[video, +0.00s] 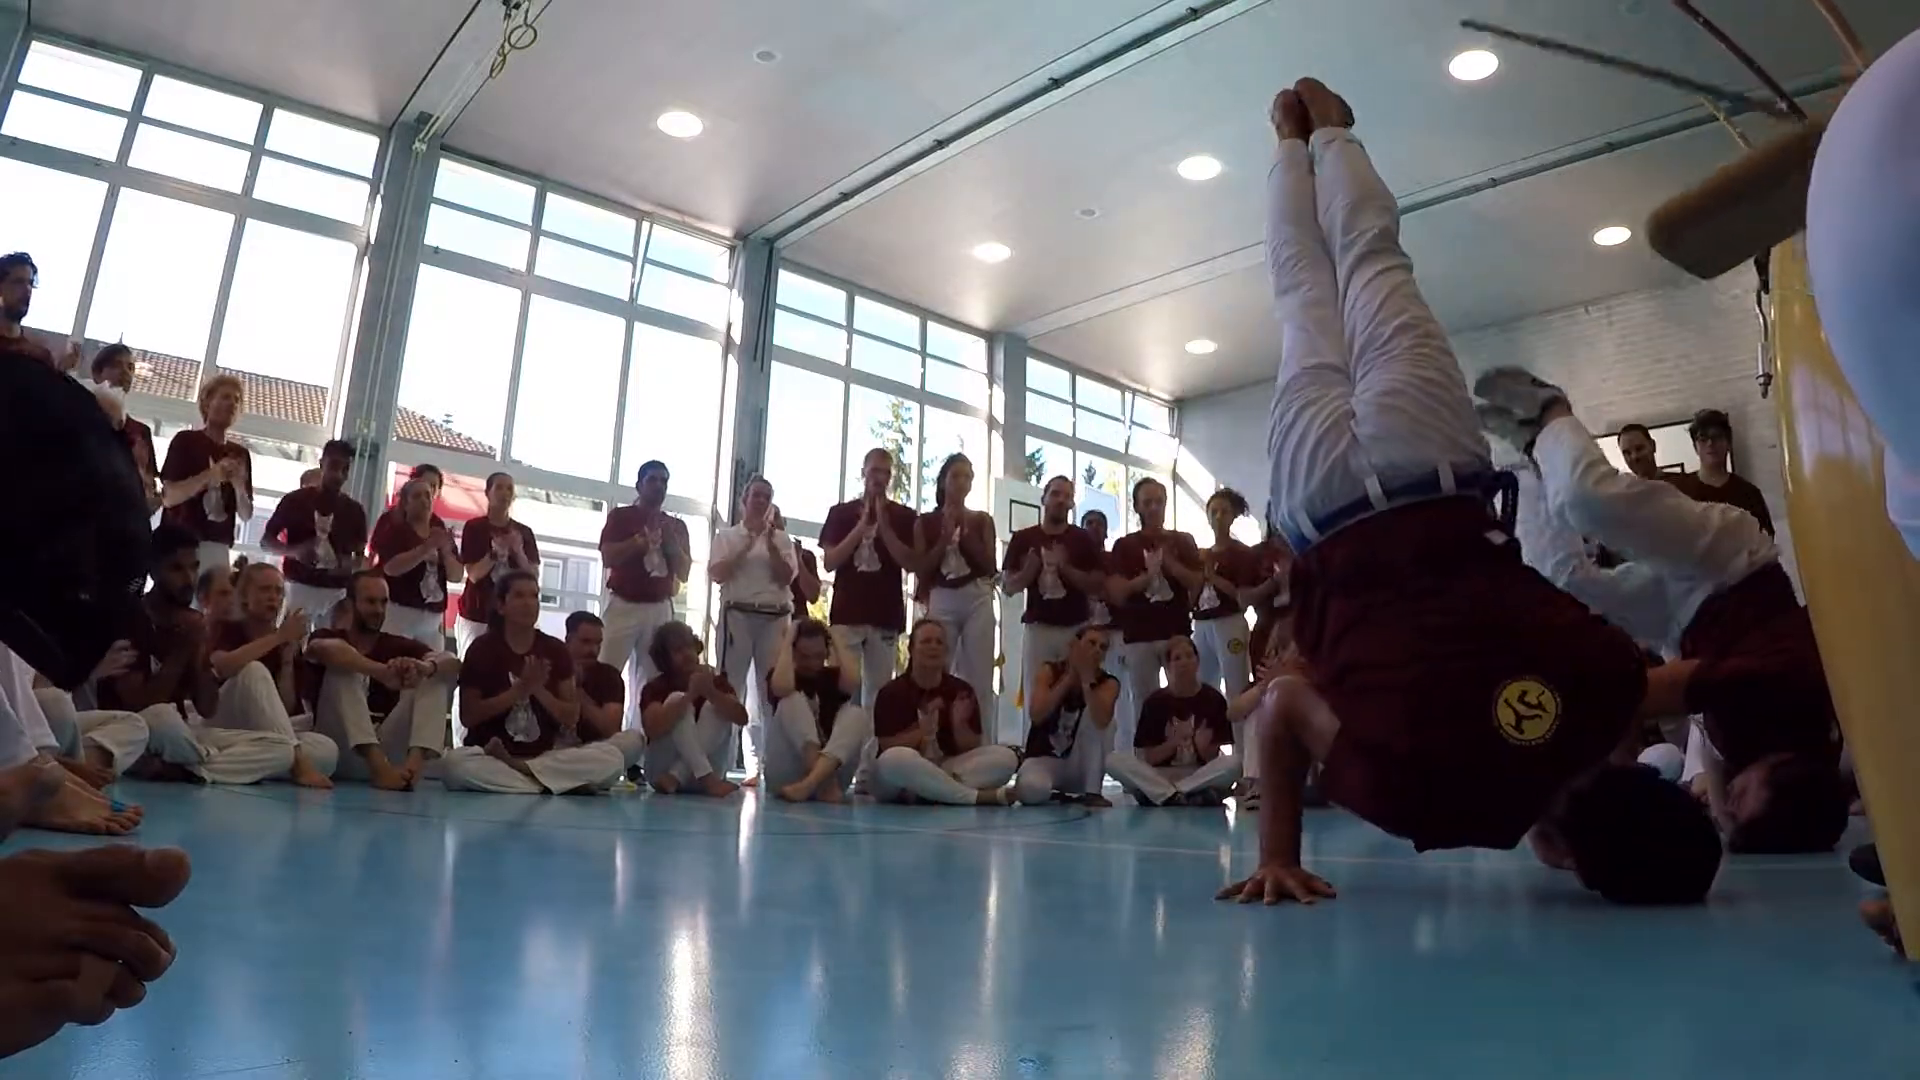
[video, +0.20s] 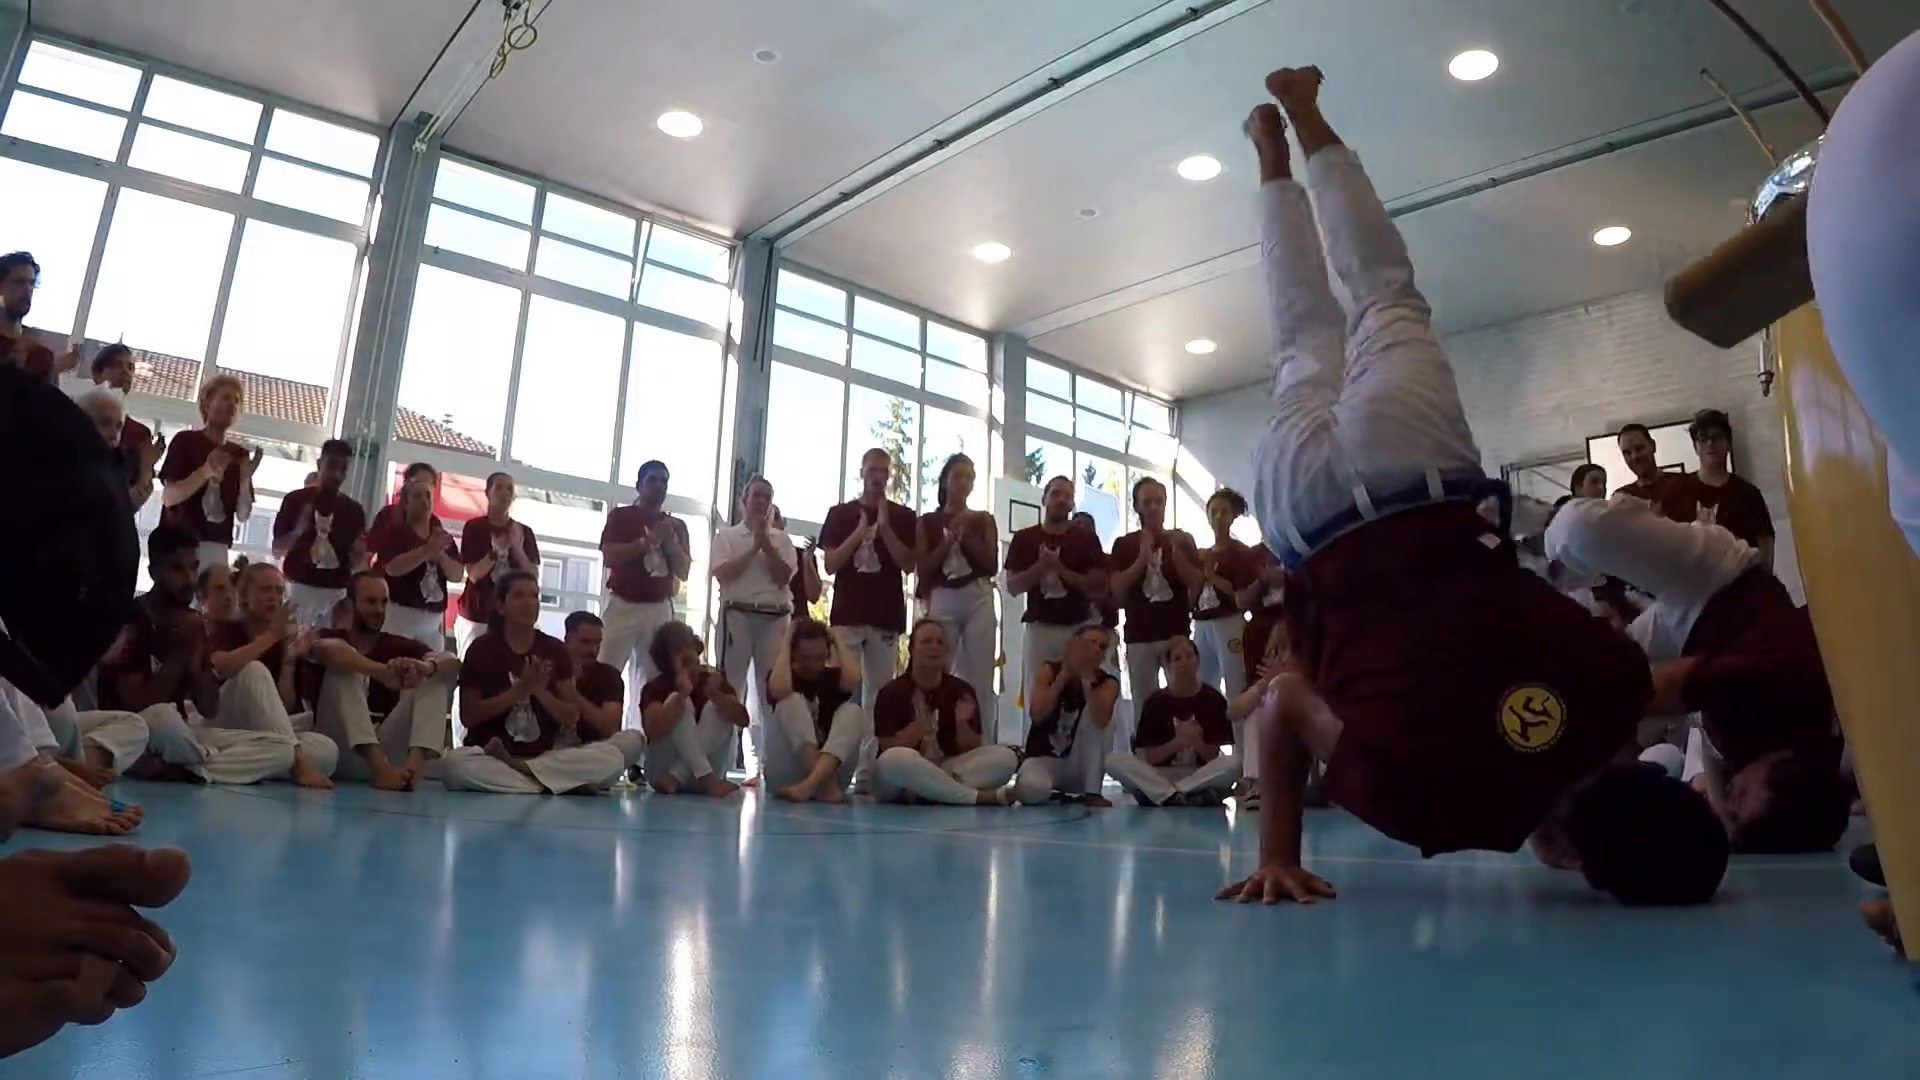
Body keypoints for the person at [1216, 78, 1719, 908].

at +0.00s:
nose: (1550, 876)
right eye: (1570, 875)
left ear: (1651, 796)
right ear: (1564, 854)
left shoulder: (1614, 694)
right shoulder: (1425, 794)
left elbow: (1690, 682)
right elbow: (1282, 699)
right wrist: (1277, 858)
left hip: (1453, 494)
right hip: (1328, 527)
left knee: (1375, 263)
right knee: (1307, 312)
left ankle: (1333, 132)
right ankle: (1290, 144)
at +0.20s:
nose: (1557, 878)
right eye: (1578, 877)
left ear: (1657, 792)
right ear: (1571, 854)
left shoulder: (1613, 688)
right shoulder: (1425, 802)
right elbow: (1282, 697)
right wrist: (1277, 858)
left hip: (1439, 479)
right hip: (1312, 520)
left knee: (1391, 301)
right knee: (1309, 345)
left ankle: (1313, 122)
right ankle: (1273, 158)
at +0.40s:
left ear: (1677, 797)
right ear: (1597, 859)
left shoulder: (1611, 681)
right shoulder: (1427, 815)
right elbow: (1281, 707)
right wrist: (1277, 859)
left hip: (1401, 500)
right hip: (1272, 559)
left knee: (1392, 336)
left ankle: (1249, 239)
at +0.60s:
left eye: (1707, 780)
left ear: (1655, 787)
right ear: (1605, 863)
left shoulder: (1611, 662)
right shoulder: (1446, 822)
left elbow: (1470, 595)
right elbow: (1296, 713)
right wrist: (1277, 859)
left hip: (1317, 520)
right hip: (1243, 631)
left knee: (1269, 299)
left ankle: (1153, 369)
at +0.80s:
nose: (1594, 866)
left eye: (1625, 859)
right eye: (1616, 864)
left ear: (1658, 738)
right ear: (1604, 845)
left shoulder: (1604, 644)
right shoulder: (1492, 801)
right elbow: (1319, 723)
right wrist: (1281, 854)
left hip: (1300, 527)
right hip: (1259, 650)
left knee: (1092, 436)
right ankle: (1122, 762)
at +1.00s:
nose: (1596, 814)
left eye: (1616, 807)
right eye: (1610, 812)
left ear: (1626, 683)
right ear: (1594, 793)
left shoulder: (1560, 587)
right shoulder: (1492, 743)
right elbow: (1309, 720)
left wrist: (1538, 829)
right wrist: (1283, 856)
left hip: (1225, 546)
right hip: (1239, 666)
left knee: (984, 573)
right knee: (1256, 771)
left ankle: (731, 590)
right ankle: (1091, 768)